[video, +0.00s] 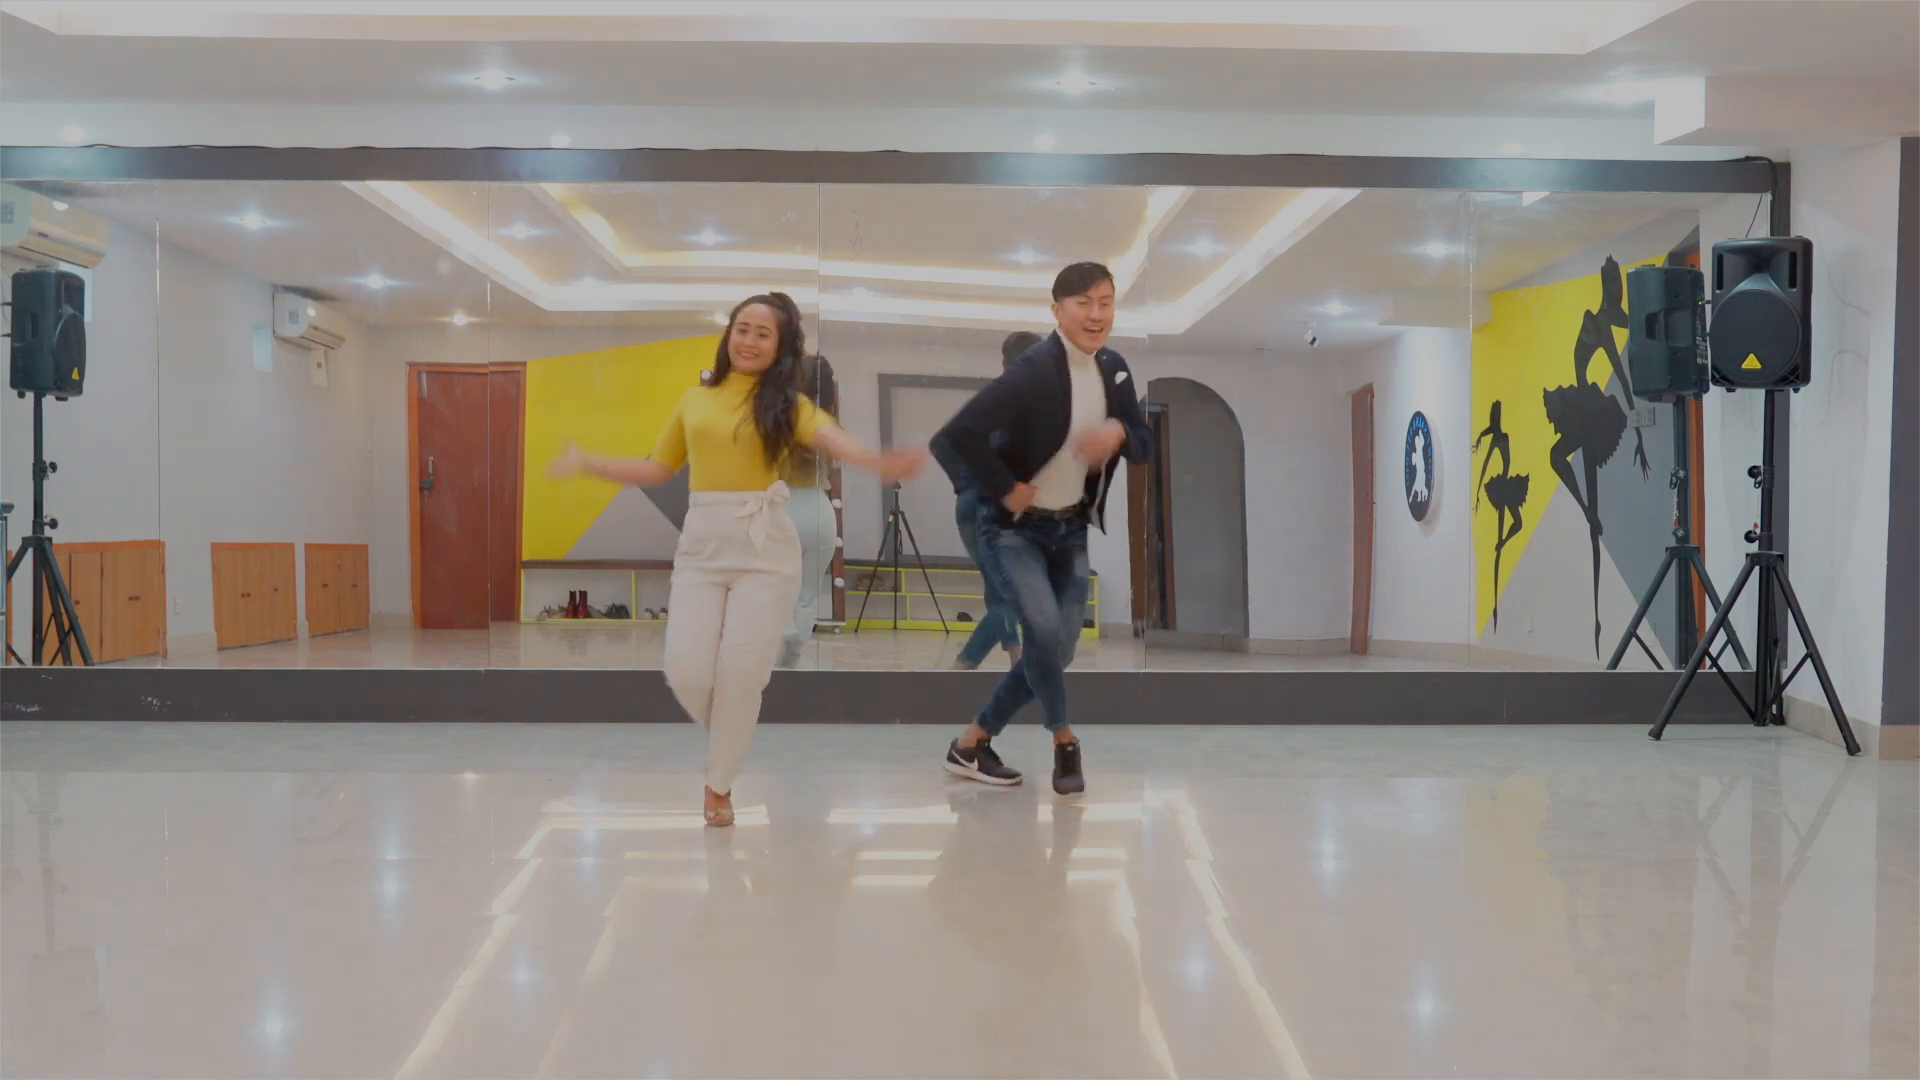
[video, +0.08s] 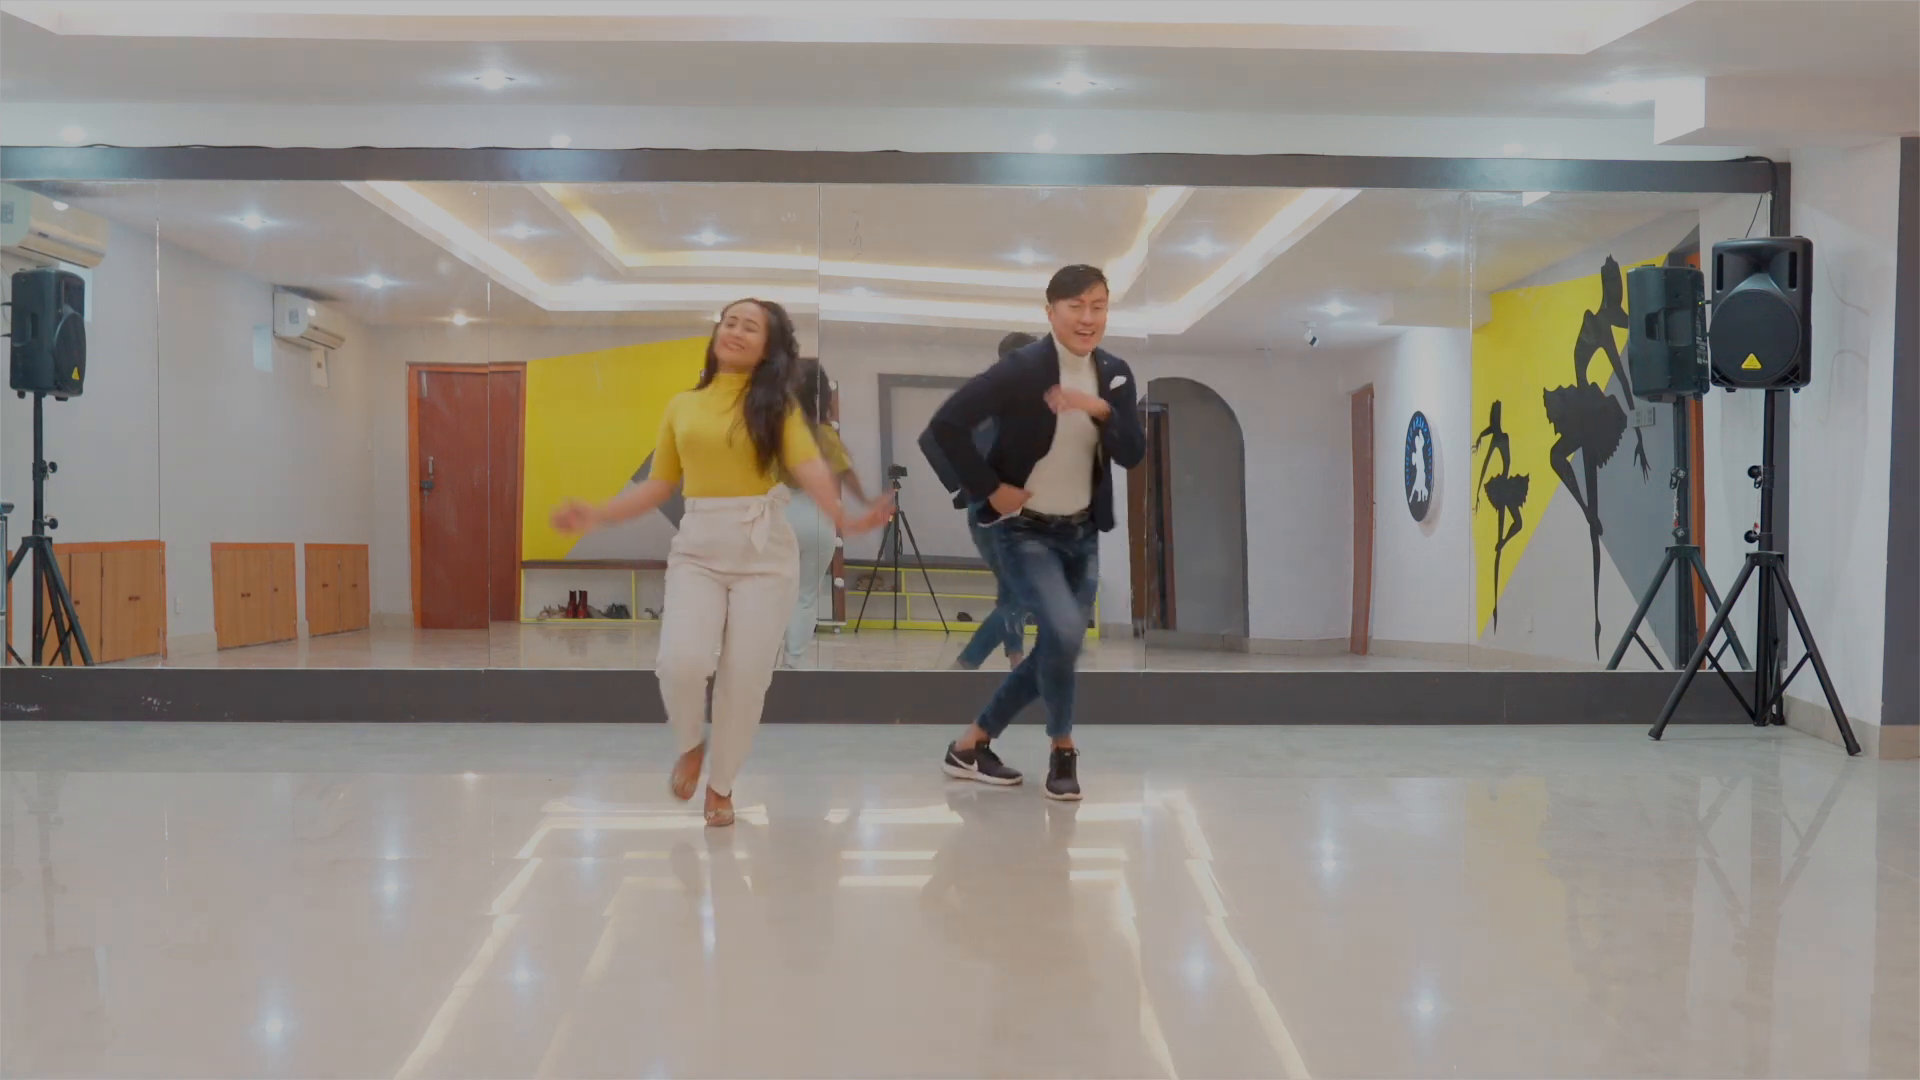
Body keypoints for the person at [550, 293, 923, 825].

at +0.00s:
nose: (749, 340)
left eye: (763, 334)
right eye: (742, 329)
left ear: (782, 348)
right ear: (728, 335)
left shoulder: (784, 403)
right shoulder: (696, 400)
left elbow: (834, 440)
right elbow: (657, 469)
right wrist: (588, 463)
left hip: (765, 544)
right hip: (700, 543)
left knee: (741, 674)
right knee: (684, 671)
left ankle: (718, 788)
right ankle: (730, 736)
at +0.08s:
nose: (734, 332)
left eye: (749, 327)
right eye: (729, 323)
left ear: (769, 349)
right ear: (714, 335)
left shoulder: (776, 404)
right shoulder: (683, 405)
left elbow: (808, 464)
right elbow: (659, 484)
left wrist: (840, 515)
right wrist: (598, 514)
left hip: (764, 551)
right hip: (697, 549)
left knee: (745, 675)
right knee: (679, 664)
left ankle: (720, 787)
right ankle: (690, 747)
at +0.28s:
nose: (679, 348)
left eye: (687, 342)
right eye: (667, 355)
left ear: (716, 359)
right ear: (667, 388)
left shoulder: (764, 413)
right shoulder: (667, 434)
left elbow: (794, 492)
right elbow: (662, 512)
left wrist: (781, 558)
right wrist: (679, 569)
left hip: (757, 561)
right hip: (686, 561)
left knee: (771, 691)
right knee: (685, 681)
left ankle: (721, 784)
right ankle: (676, 803)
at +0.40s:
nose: (693, 434)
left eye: (690, 417)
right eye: (677, 435)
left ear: (707, 404)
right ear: (669, 448)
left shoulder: (767, 443)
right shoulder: (671, 479)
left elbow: (797, 509)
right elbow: (656, 542)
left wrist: (776, 573)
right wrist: (684, 593)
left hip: (739, 586)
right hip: (671, 582)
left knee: (777, 694)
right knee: (677, 679)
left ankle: (713, 785)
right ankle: (673, 804)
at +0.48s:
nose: (750, 494)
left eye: (750, 484)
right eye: (736, 493)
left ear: (749, 467)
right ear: (705, 491)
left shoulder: (775, 469)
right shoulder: (668, 492)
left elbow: (787, 531)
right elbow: (651, 554)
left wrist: (768, 598)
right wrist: (679, 610)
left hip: (730, 599)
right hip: (660, 593)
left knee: (772, 693)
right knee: (676, 680)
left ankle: (710, 785)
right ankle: (673, 806)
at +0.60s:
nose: (780, 528)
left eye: (789, 524)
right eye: (781, 522)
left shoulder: (775, 486)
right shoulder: (682, 474)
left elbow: (757, 553)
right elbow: (641, 545)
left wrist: (760, 624)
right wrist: (668, 615)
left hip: (712, 593)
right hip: (646, 588)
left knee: (768, 689)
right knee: (667, 679)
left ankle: (710, 785)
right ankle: (673, 804)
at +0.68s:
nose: (770, 498)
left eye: (778, 496)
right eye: (776, 490)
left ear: (781, 479)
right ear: (776, 463)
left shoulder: (761, 487)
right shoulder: (686, 453)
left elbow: (753, 557)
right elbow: (641, 526)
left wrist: (762, 626)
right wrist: (662, 604)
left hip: (711, 593)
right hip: (645, 588)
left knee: (764, 689)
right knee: (673, 679)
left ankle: (710, 785)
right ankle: (672, 804)